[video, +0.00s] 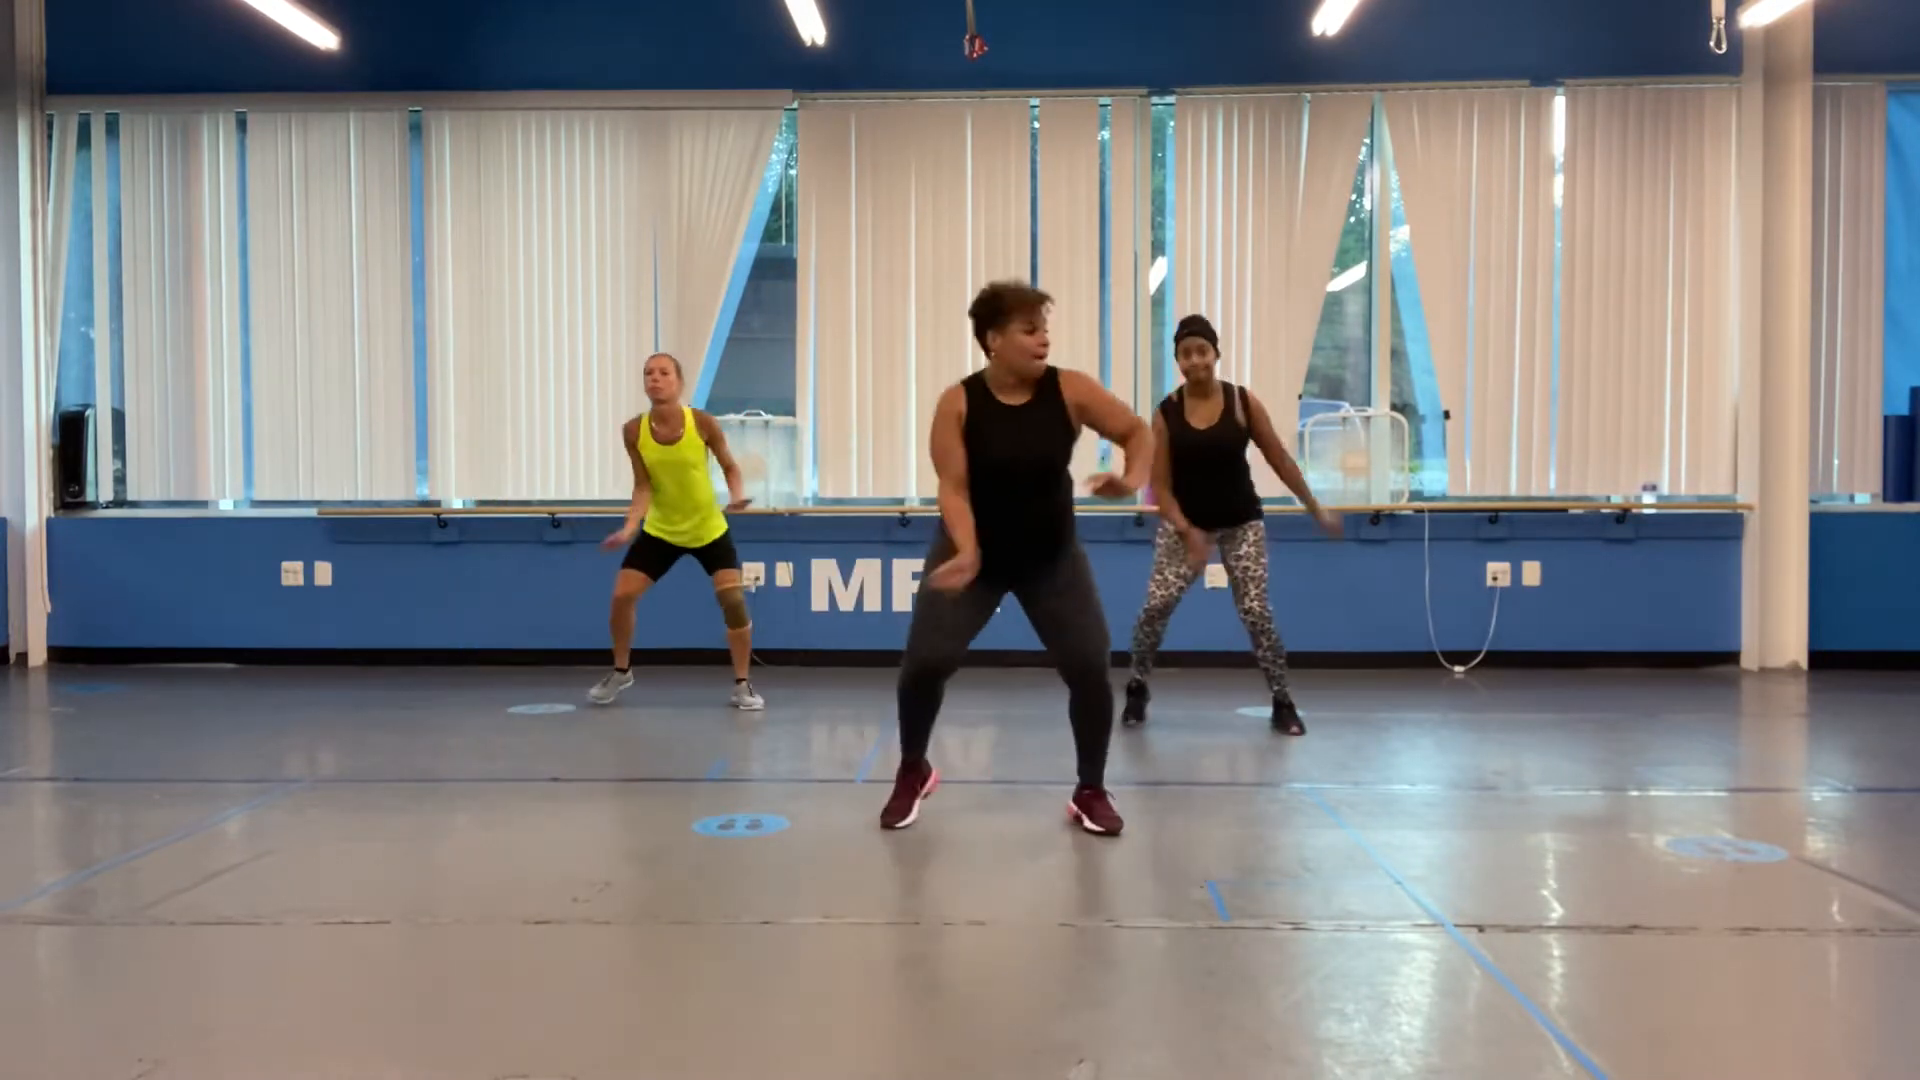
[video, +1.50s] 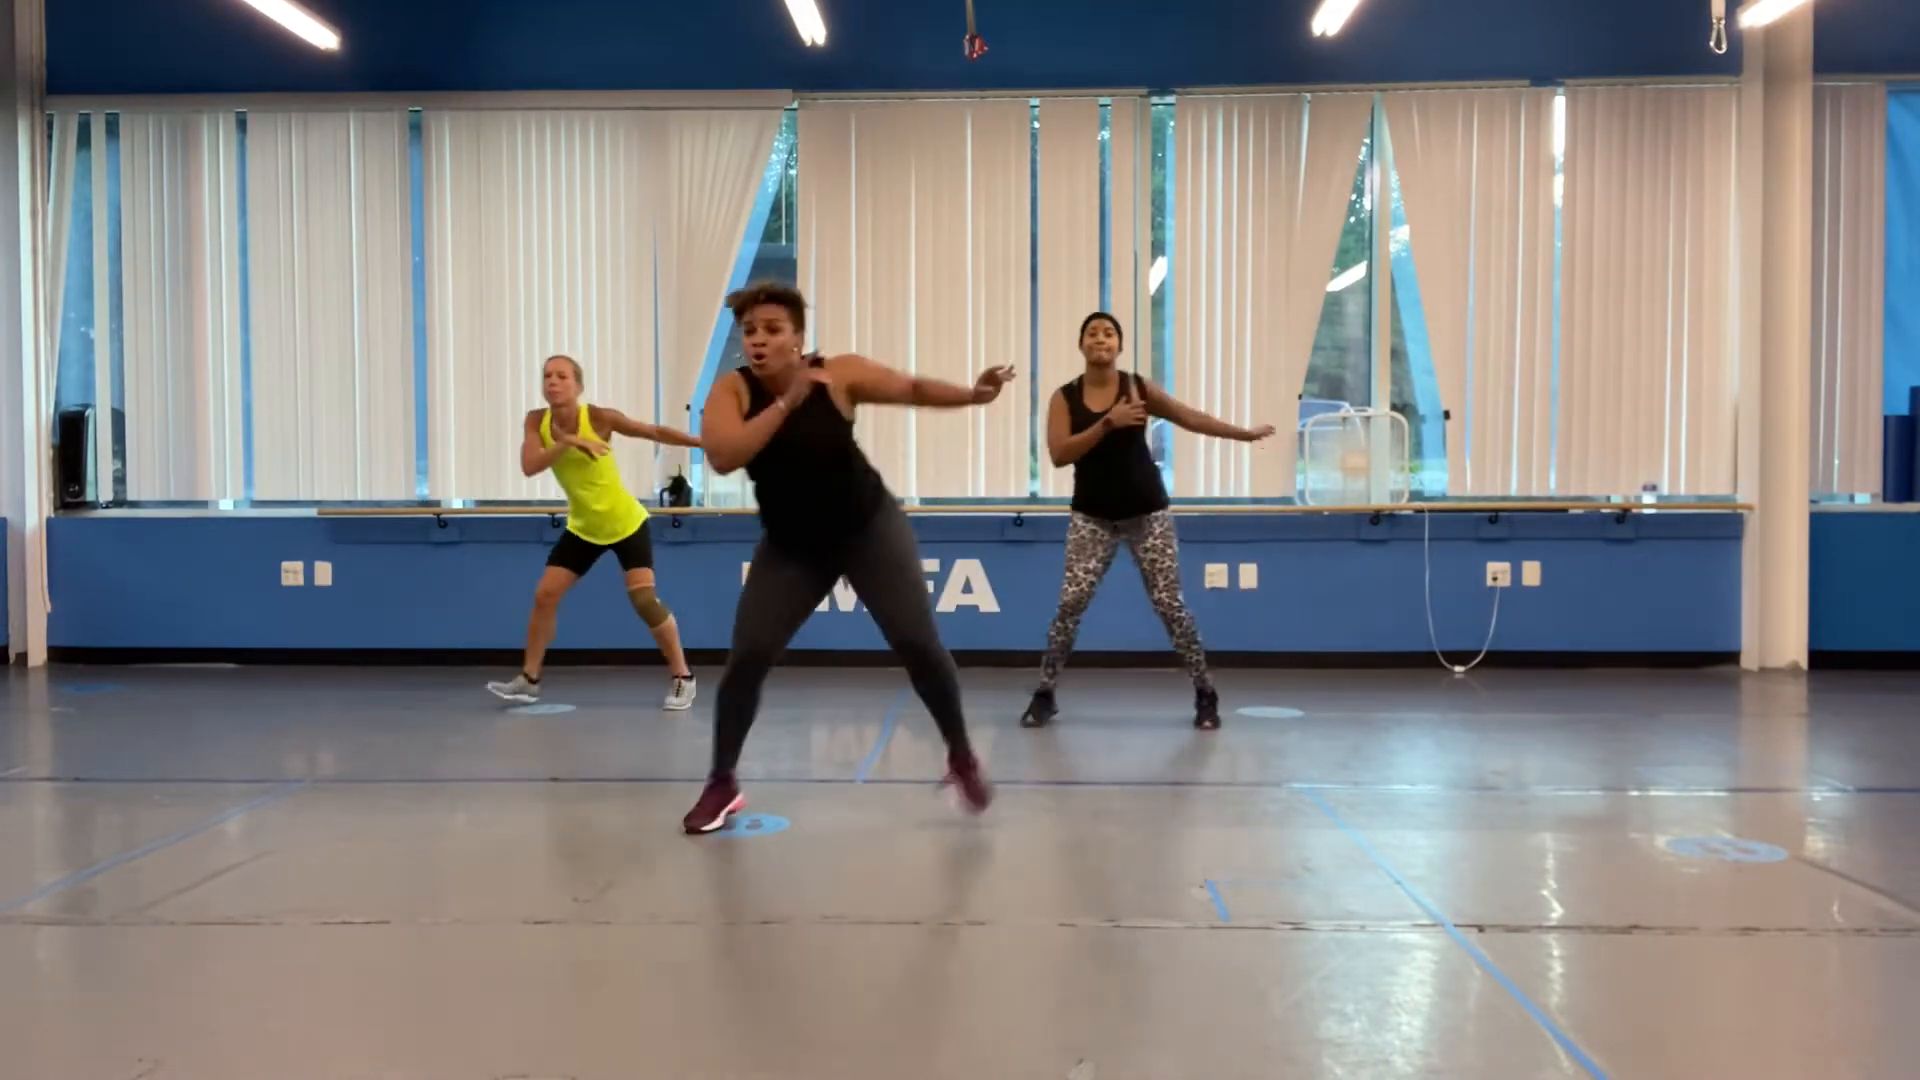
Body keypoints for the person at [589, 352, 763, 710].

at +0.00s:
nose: (656, 379)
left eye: (664, 373)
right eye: (650, 374)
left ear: (680, 383)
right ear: (644, 385)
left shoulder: (703, 423)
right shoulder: (634, 431)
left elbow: (729, 466)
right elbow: (642, 485)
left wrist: (737, 496)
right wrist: (630, 526)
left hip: (707, 527)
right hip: (661, 529)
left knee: (732, 600)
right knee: (622, 595)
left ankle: (742, 684)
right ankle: (621, 672)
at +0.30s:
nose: (624, 386)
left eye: (632, 380)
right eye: (619, 381)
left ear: (648, 390)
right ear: (612, 390)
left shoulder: (667, 427)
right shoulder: (599, 425)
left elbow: (701, 453)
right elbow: (577, 476)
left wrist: (748, 466)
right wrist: (620, 452)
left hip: (668, 529)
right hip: (623, 530)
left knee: (687, 601)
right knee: (591, 601)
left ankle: (716, 659)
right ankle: (600, 685)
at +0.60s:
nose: (652, 379)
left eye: (659, 372)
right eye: (644, 375)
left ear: (675, 380)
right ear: (639, 385)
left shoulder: (698, 419)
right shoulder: (630, 421)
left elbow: (709, 476)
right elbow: (589, 446)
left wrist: (678, 482)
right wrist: (575, 483)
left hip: (681, 522)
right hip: (634, 519)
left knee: (712, 591)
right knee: (603, 597)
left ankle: (733, 676)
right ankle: (583, 677)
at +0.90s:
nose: (656, 388)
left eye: (663, 381)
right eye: (649, 383)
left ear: (678, 389)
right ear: (643, 394)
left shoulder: (704, 427)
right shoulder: (637, 438)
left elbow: (734, 478)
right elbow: (641, 493)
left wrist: (710, 500)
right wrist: (599, 514)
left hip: (705, 530)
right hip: (659, 532)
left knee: (733, 599)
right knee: (625, 602)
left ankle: (740, 685)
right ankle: (627, 677)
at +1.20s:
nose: (598, 384)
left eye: (607, 378)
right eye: (593, 379)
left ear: (623, 386)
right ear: (587, 388)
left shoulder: (645, 425)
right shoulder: (576, 429)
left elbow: (686, 455)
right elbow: (568, 485)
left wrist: (731, 465)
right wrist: (607, 477)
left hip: (657, 526)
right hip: (613, 531)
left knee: (680, 595)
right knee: (579, 599)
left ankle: (723, 668)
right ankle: (589, 685)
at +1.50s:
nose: (552, 382)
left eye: (561, 377)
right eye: (547, 377)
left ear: (578, 387)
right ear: (542, 388)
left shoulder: (601, 417)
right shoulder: (537, 421)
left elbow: (653, 432)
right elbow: (529, 466)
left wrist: (701, 442)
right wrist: (568, 442)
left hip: (626, 522)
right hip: (582, 526)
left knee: (643, 599)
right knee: (546, 595)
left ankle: (683, 678)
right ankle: (529, 680)